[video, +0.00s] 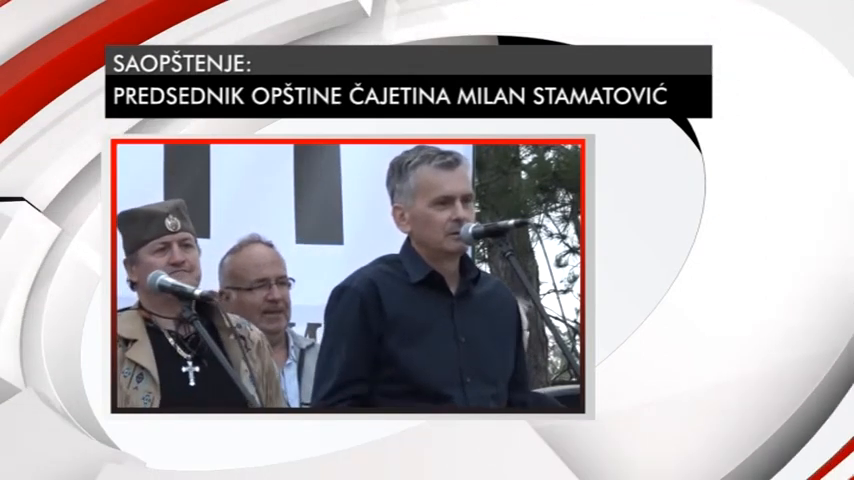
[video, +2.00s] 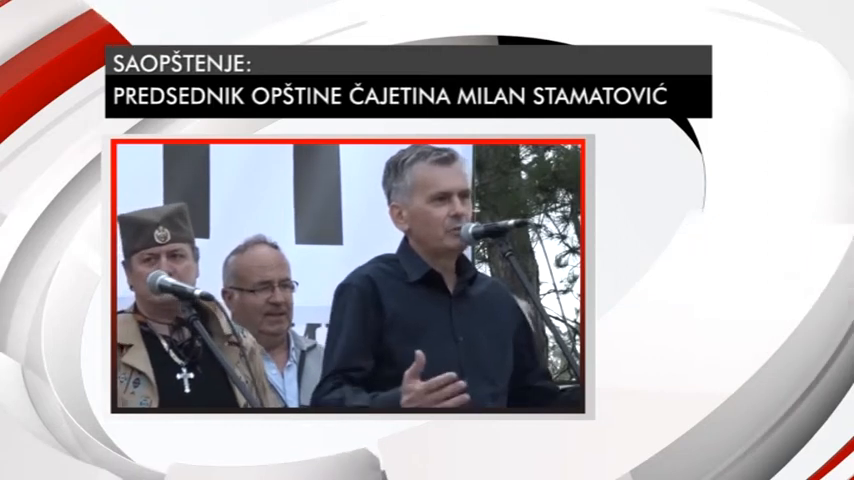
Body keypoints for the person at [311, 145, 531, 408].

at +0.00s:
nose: (460, 215)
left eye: (467, 202)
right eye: (442, 203)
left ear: (475, 208)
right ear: (401, 216)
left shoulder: (499, 300)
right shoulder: (362, 296)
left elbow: (517, 404)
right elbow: (332, 411)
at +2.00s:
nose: (459, 210)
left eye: (464, 197)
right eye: (441, 199)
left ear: (472, 204)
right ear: (400, 215)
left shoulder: (499, 300)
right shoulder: (367, 290)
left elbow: (531, 395)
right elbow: (329, 397)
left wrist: (597, 397)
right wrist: (397, 402)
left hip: (496, 461)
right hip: (401, 463)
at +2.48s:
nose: (462, 215)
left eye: (467, 201)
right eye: (444, 204)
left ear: (474, 204)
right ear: (401, 215)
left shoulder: (500, 301)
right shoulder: (368, 292)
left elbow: (536, 405)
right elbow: (331, 397)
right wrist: (371, 415)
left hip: (499, 460)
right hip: (405, 463)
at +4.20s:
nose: (461, 212)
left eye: (465, 199)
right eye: (443, 200)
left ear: (472, 204)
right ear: (400, 213)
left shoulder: (496, 302)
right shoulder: (362, 296)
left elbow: (522, 408)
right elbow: (330, 405)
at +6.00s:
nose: (455, 212)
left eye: (461, 199)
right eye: (437, 200)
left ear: (469, 204)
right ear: (396, 215)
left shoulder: (495, 301)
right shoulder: (361, 294)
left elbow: (520, 407)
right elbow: (327, 404)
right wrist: (437, 420)